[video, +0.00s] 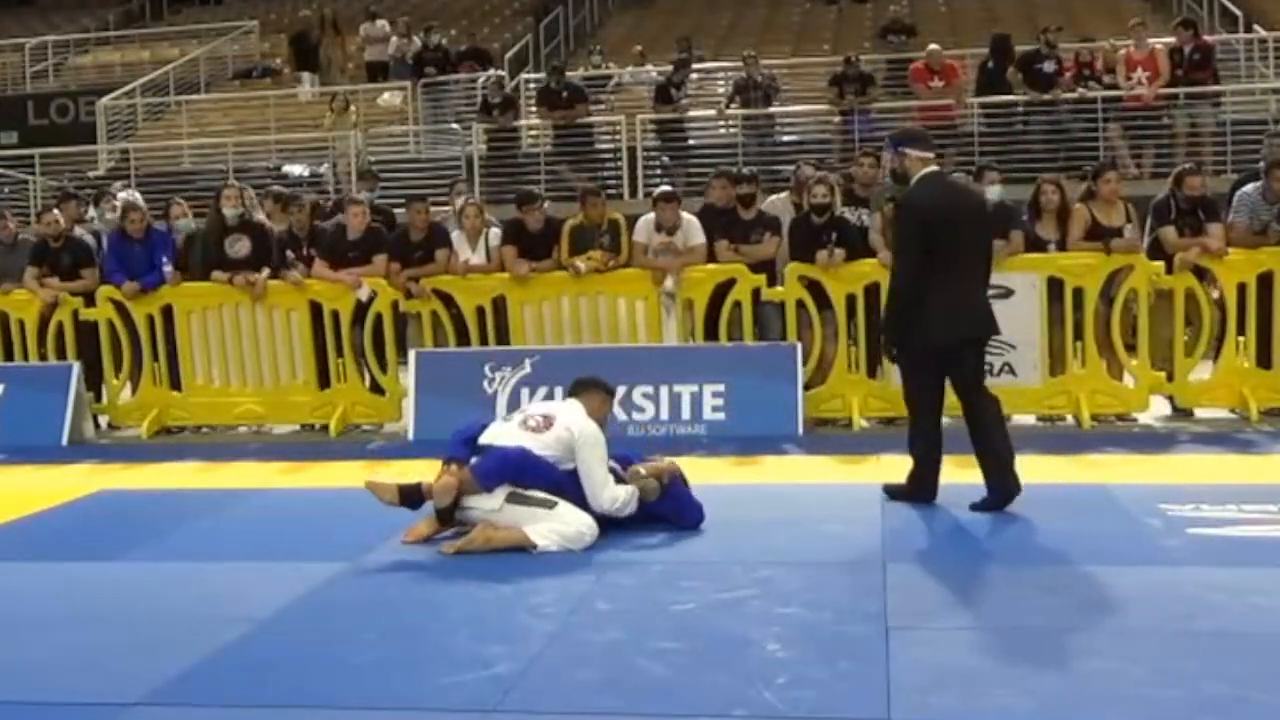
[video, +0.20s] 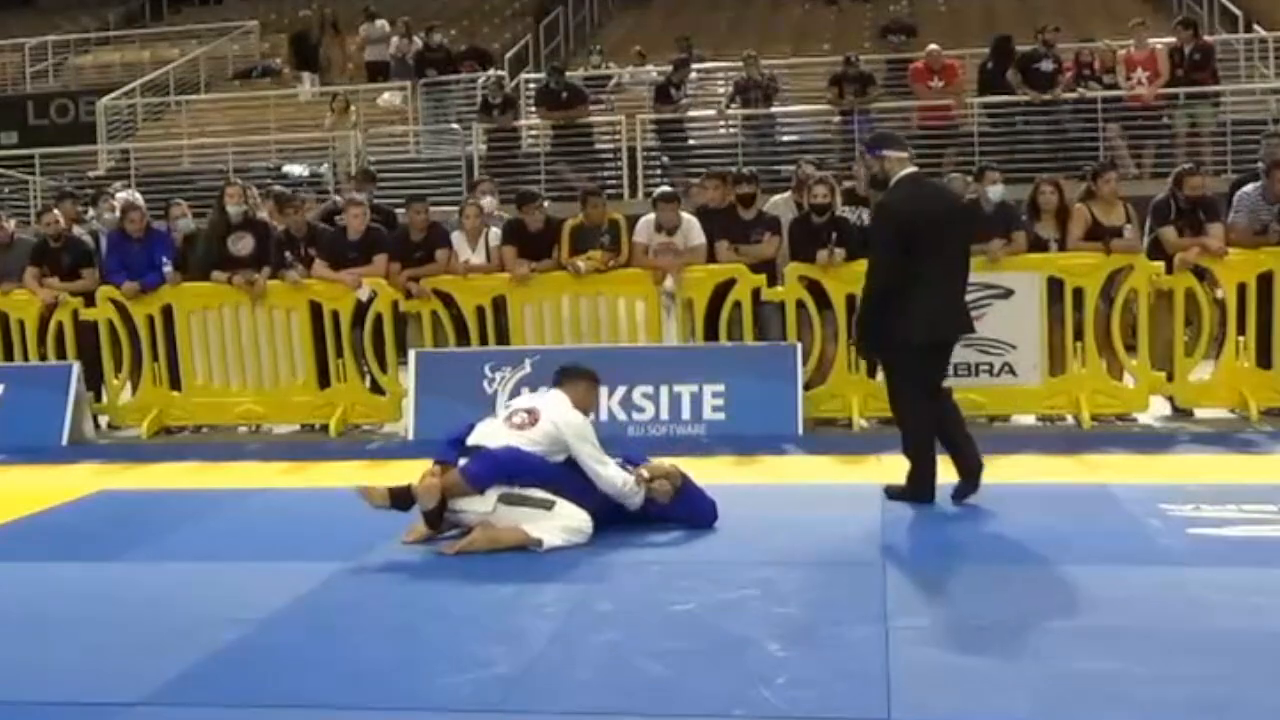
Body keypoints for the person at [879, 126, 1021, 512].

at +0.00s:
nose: (893, 168)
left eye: (895, 161)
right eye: (893, 162)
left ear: (907, 158)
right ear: (933, 157)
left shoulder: (912, 204)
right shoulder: (972, 196)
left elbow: (905, 273)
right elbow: (981, 262)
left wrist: (890, 328)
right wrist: (973, 305)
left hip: (924, 320)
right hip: (970, 317)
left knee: (924, 408)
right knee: (976, 396)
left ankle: (922, 484)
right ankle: (1002, 481)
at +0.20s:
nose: (868, 171)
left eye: (869, 164)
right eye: (868, 164)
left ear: (883, 162)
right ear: (907, 159)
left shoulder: (890, 207)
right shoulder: (945, 197)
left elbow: (881, 276)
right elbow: (959, 262)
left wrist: (865, 331)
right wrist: (952, 305)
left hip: (904, 318)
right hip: (946, 314)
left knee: (910, 398)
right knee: (930, 390)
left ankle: (920, 483)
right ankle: (968, 462)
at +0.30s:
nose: (862, 170)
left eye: (864, 163)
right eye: (862, 164)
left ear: (876, 160)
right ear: (900, 159)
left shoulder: (882, 204)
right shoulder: (938, 196)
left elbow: (872, 271)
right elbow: (949, 260)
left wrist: (858, 321)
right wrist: (942, 302)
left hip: (896, 315)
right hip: (935, 311)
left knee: (901, 395)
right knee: (913, 389)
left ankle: (923, 478)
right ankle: (927, 472)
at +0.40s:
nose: (852, 171)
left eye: (852, 165)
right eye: (852, 165)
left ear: (861, 163)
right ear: (888, 159)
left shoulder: (872, 204)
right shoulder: (927, 197)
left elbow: (864, 270)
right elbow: (940, 259)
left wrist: (849, 325)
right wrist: (935, 306)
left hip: (889, 313)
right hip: (924, 310)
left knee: (902, 393)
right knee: (898, 390)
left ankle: (920, 481)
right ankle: (895, 469)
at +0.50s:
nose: (841, 176)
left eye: (842, 170)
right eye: (841, 170)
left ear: (854, 166)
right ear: (877, 163)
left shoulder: (862, 207)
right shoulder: (913, 202)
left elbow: (855, 273)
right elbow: (928, 261)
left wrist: (842, 327)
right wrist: (924, 310)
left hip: (879, 317)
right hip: (913, 313)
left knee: (896, 397)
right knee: (885, 393)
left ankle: (919, 482)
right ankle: (865, 464)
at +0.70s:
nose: (829, 172)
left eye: (830, 166)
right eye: (829, 165)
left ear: (842, 165)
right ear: (865, 163)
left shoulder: (849, 203)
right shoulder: (889, 197)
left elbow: (847, 266)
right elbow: (895, 260)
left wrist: (833, 317)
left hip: (857, 313)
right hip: (888, 310)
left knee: (853, 390)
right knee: (872, 390)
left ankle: (902, 463)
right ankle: (863, 468)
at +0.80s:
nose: (819, 170)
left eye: (821, 163)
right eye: (818, 163)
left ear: (837, 161)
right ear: (850, 159)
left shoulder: (843, 201)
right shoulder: (876, 198)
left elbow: (837, 263)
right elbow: (878, 258)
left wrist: (819, 305)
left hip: (846, 309)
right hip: (876, 307)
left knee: (822, 381)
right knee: (866, 384)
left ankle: (873, 449)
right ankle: (863, 464)